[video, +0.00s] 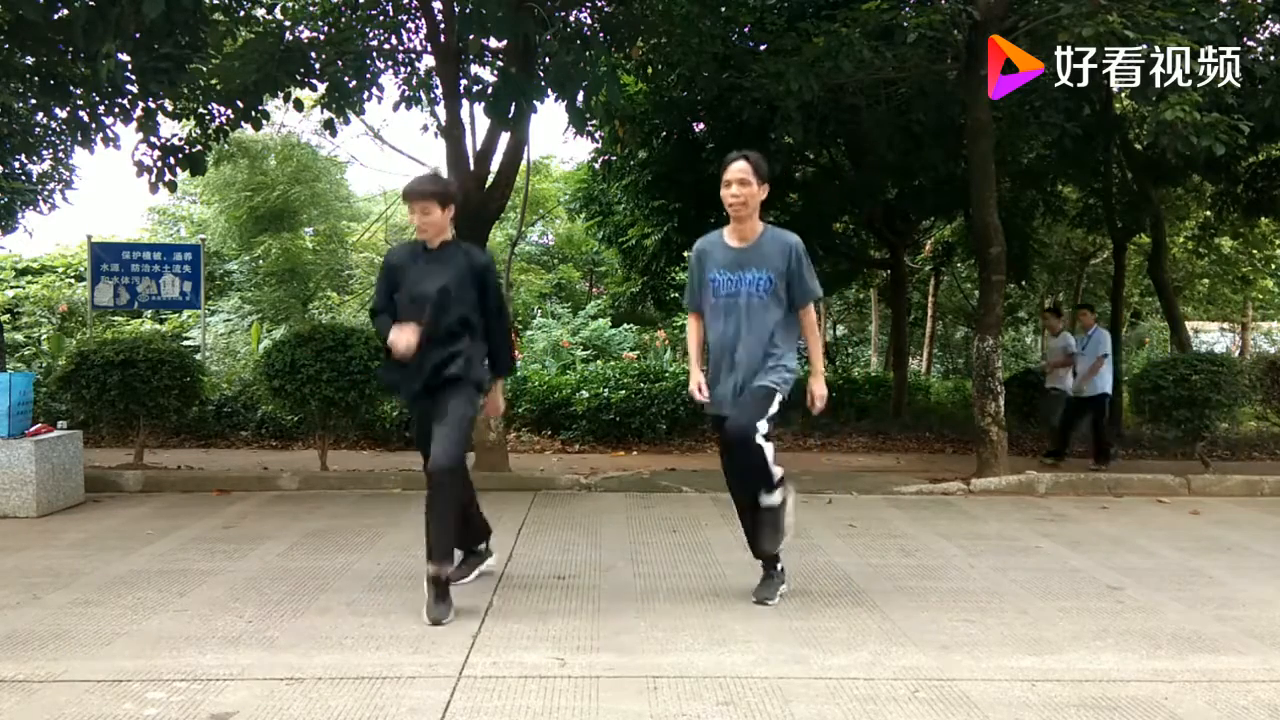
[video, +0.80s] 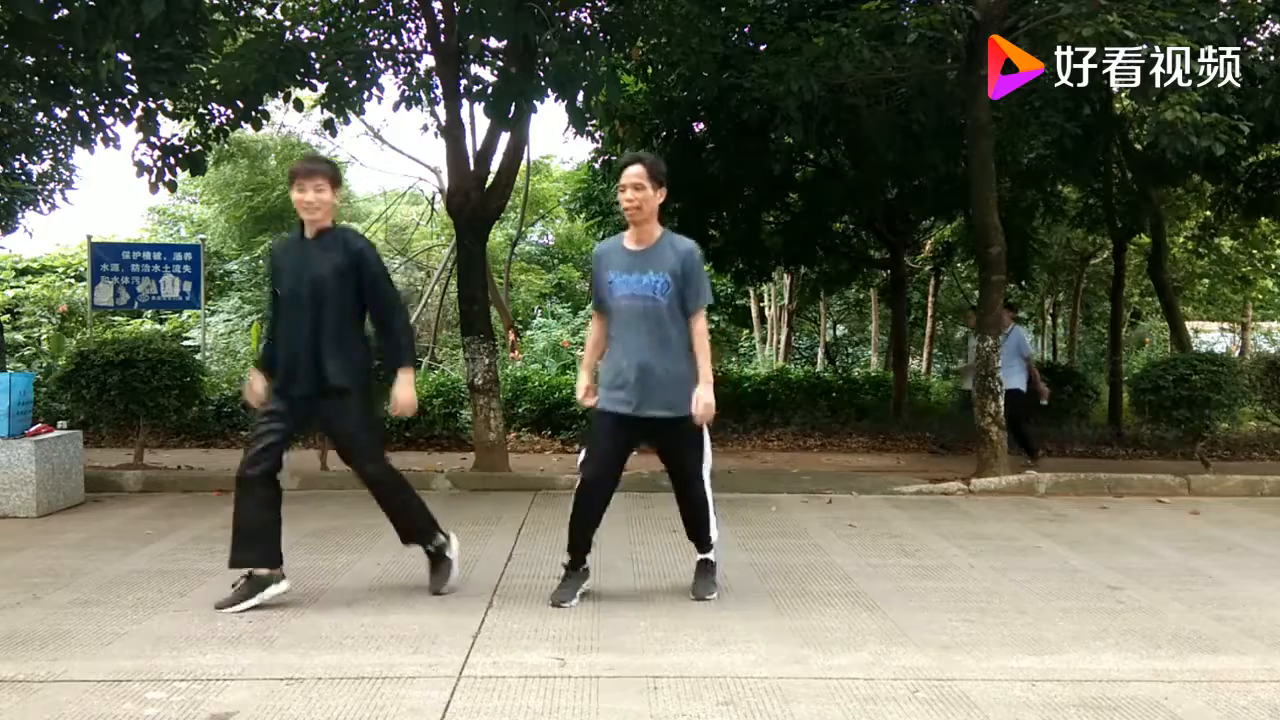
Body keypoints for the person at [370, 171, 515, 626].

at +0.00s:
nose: (418, 220)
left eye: (425, 212)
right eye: (413, 213)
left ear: (448, 212)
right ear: (409, 216)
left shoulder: (475, 261)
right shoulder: (398, 260)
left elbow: (497, 322)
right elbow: (379, 312)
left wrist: (497, 382)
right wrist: (392, 331)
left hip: (463, 374)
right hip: (418, 378)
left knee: (443, 464)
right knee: (440, 465)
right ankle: (477, 542)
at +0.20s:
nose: (392, 206)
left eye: (399, 198)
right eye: (389, 199)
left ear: (427, 195)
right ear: (389, 200)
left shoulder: (458, 242)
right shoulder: (388, 246)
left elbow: (477, 313)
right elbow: (381, 313)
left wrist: (478, 378)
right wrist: (374, 371)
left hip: (441, 378)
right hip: (395, 378)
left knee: (435, 478)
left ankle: (439, 584)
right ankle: (431, 518)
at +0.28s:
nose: (382, 209)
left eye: (389, 200)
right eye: (378, 201)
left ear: (415, 198)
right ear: (379, 203)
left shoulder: (447, 247)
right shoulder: (384, 250)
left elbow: (473, 315)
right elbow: (381, 314)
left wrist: (473, 382)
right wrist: (378, 365)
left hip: (435, 377)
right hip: (390, 371)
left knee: (430, 474)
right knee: (335, 409)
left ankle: (446, 572)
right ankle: (383, 476)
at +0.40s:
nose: (362, 216)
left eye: (368, 207)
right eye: (359, 208)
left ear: (394, 204)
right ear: (362, 210)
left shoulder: (428, 255)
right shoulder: (371, 260)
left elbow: (449, 322)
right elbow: (376, 325)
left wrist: (452, 390)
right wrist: (373, 384)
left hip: (419, 380)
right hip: (379, 370)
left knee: (418, 476)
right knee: (303, 367)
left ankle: (446, 568)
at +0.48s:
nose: (351, 209)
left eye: (356, 199)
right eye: (348, 201)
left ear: (384, 193)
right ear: (358, 200)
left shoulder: (420, 240)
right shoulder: (361, 249)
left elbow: (439, 310)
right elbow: (367, 315)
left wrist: (441, 378)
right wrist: (370, 380)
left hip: (408, 372)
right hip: (365, 363)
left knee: (422, 466)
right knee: (287, 389)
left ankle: (445, 563)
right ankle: (291, 491)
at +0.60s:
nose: (334, 214)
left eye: (340, 205)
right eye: (330, 207)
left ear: (368, 202)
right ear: (334, 209)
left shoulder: (397, 250)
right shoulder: (339, 257)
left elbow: (418, 320)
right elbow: (345, 320)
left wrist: (422, 387)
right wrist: (331, 373)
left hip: (384, 384)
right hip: (337, 380)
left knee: (409, 468)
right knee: (280, 449)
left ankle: (448, 550)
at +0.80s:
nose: (311, 197)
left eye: (320, 188)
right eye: (302, 189)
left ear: (336, 194)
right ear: (292, 197)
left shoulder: (355, 248)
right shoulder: (281, 253)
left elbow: (391, 312)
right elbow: (278, 319)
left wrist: (404, 374)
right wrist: (262, 367)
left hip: (343, 384)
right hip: (289, 384)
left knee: (374, 470)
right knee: (255, 468)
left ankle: (436, 543)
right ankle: (266, 572)